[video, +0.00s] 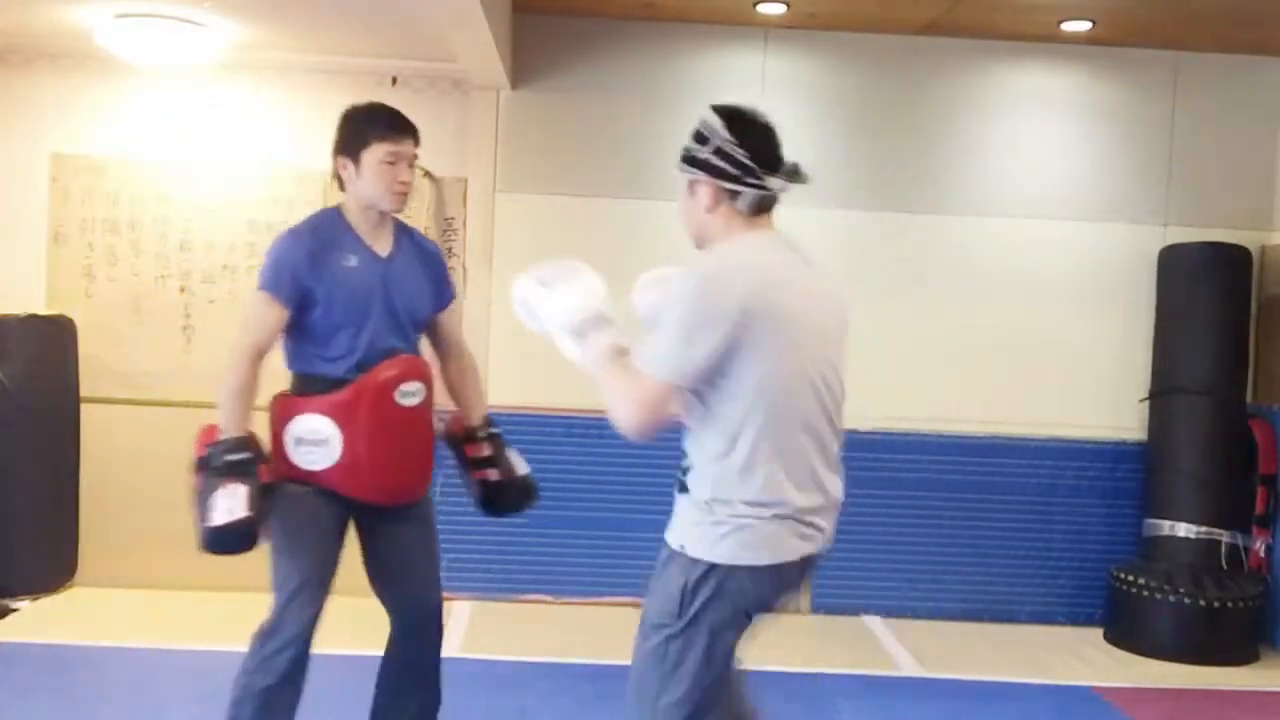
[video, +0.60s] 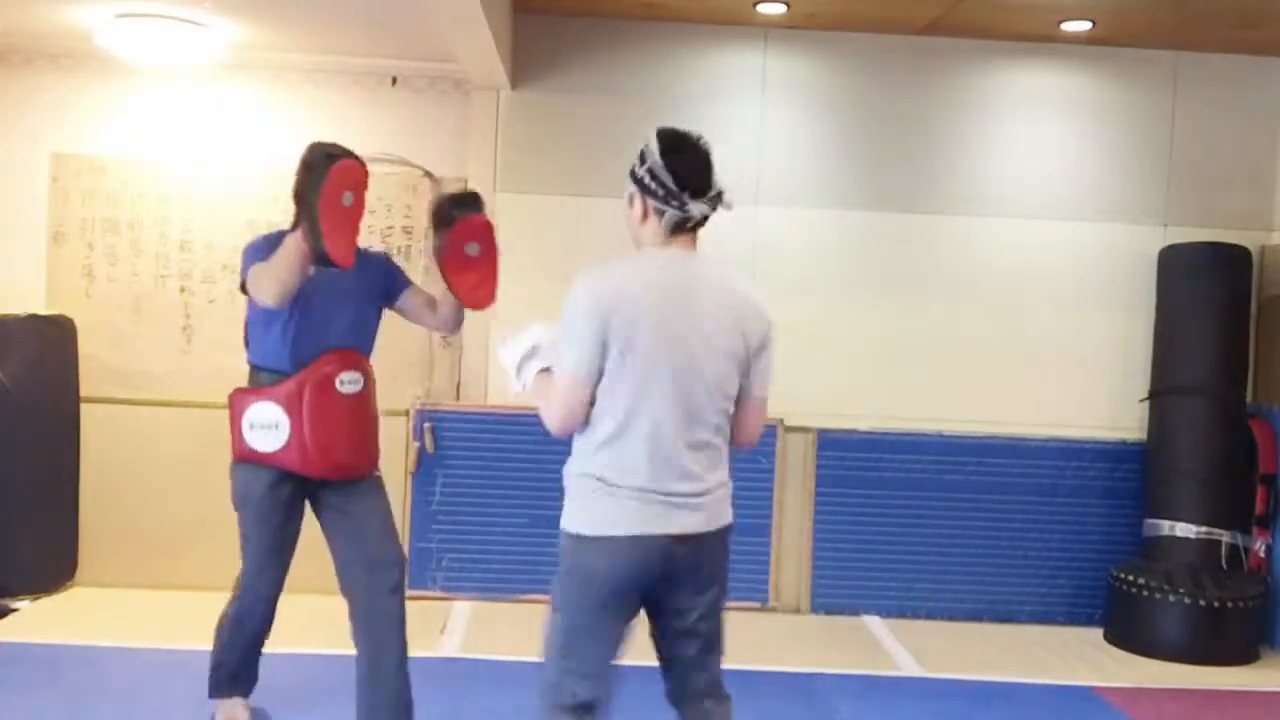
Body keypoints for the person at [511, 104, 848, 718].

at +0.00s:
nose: (682, 203)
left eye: (684, 187)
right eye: (682, 187)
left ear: (706, 191)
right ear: (763, 194)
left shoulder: (723, 278)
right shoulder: (809, 277)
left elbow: (638, 416)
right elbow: (755, 402)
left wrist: (592, 332)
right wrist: (685, 318)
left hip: (726, 541)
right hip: (795, 533)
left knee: (662, 698)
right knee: (703, 673)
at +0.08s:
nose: (674, 196)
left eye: (676, 181)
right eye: (675, 181)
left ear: (695, 186)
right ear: (755, 189)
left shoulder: (684, 267)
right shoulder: (797, 273)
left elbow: (574, 384)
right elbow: (781, 400)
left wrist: (557, 300)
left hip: (698, 526)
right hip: (762, 512)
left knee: (645, 704)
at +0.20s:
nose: (670, 193)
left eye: (673, 177)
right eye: (672, 177)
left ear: (689, 183)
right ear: (751, 191)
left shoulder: (674, 269)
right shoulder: (787, 272)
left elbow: (552, 371)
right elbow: (808, 374)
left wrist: (548, 289)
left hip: (653, 524)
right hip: (707, 512)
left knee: (626, 704)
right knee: (552, 404)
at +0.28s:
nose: (660, 203)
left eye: (662, 187)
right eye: (664, 187)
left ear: (678, 195)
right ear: (740, 201)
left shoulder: (666, 286)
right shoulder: (778, 286)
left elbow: (551, 381)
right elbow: (833, 383)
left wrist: (549, 302)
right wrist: (782, 325)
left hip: (635, 535)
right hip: (694, 531)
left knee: (611, 708)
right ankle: (473, 456)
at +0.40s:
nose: (641, 208)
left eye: (644, 193)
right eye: (645, 193)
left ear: (658, 199)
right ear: (721, 204)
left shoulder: (638, 291)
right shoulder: (763, 299)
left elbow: (555, 418)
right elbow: (807, 416)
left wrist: (529, 336)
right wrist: (752, 366)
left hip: (623, 539)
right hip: (698, 539)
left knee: (612, 702)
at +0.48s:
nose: (634, 207)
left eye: (636, 192)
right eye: (636, 192)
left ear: (650, 199)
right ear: (713, 203)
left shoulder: (625, 289)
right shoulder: (758, 298)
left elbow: (557, 418)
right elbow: (780, 418)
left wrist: (529, 347)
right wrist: (710, 377)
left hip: (618, 537)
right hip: (699, 533)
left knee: (615, 702)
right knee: (641, 616)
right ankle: (658, 707)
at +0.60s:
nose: (626, 208)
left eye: (629, 196)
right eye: (630, 196)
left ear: (642, 204)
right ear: (704, 212)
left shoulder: (602, 289)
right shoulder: (745, 309)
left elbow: (562, 418)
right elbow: (745, 434)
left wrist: (539, 371)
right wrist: (686, 391)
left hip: (607, 536)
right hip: (701, 536)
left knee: (571, 698)